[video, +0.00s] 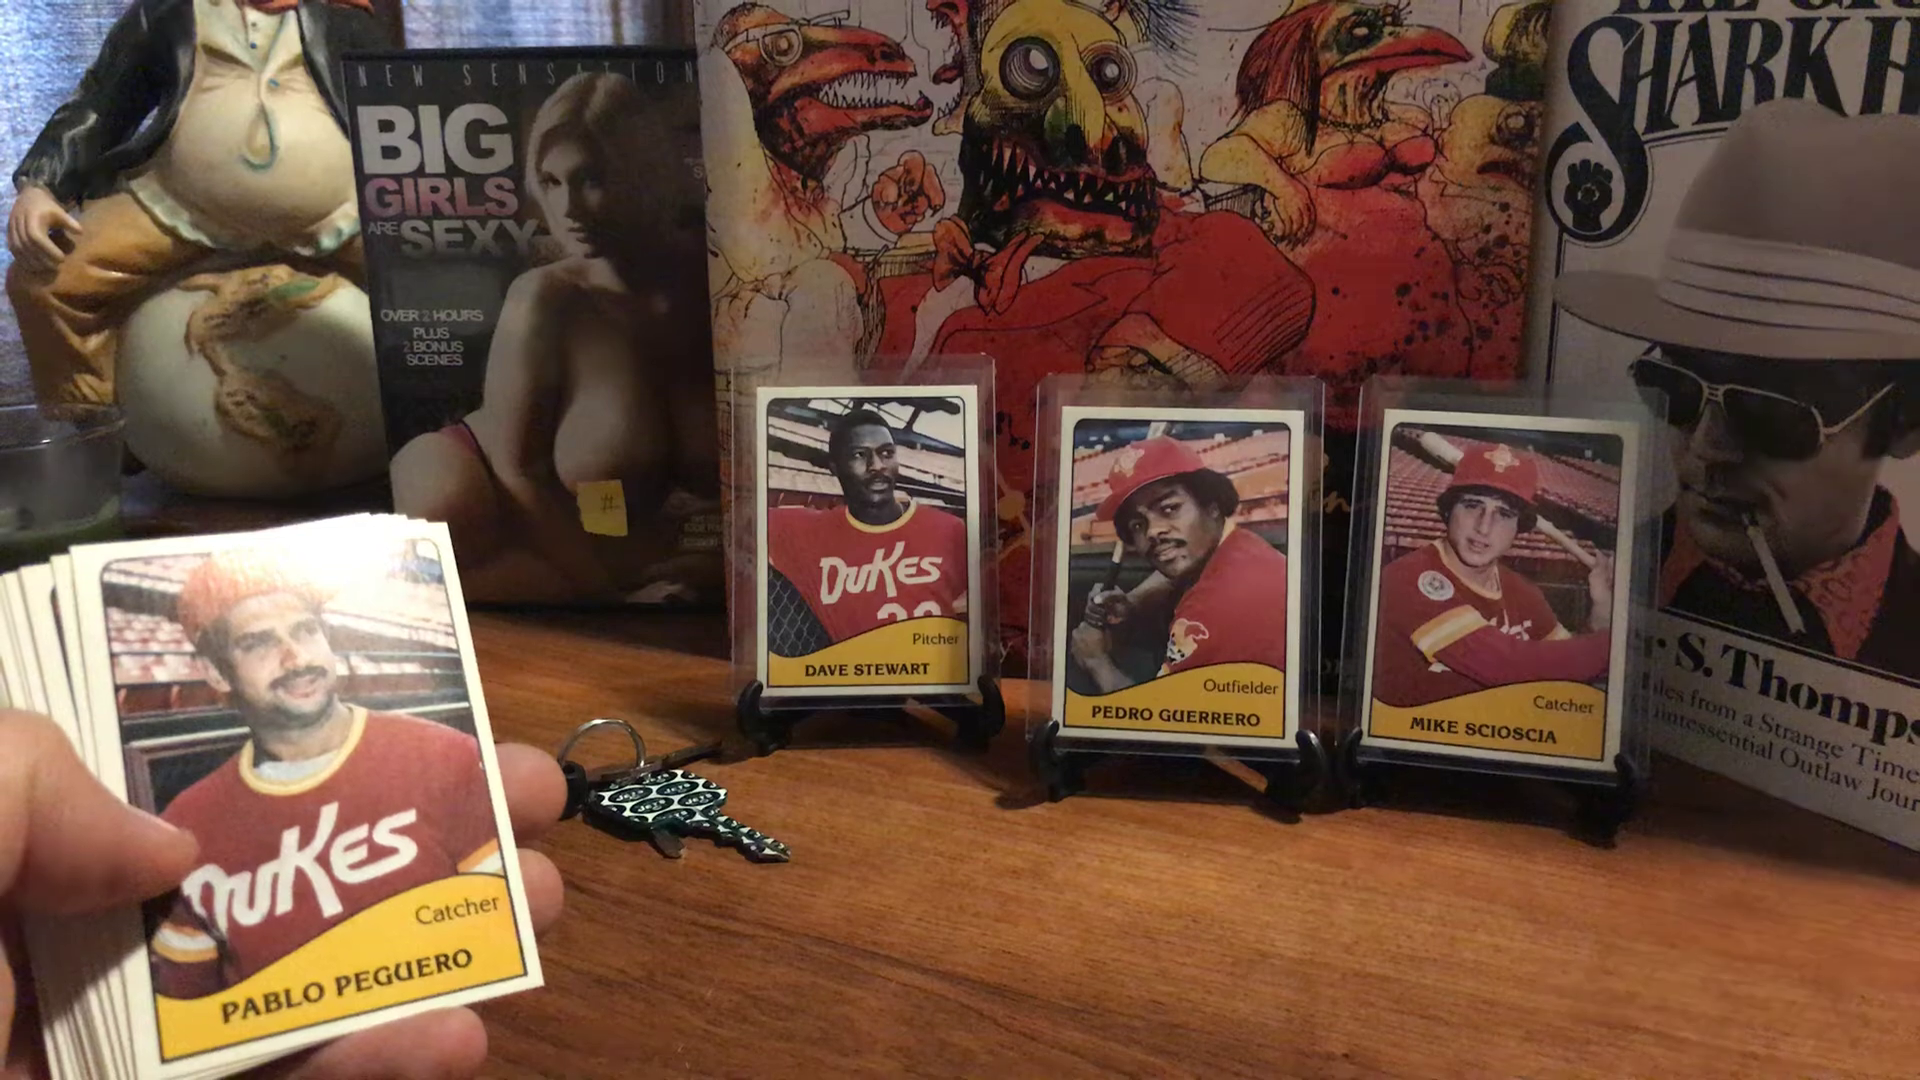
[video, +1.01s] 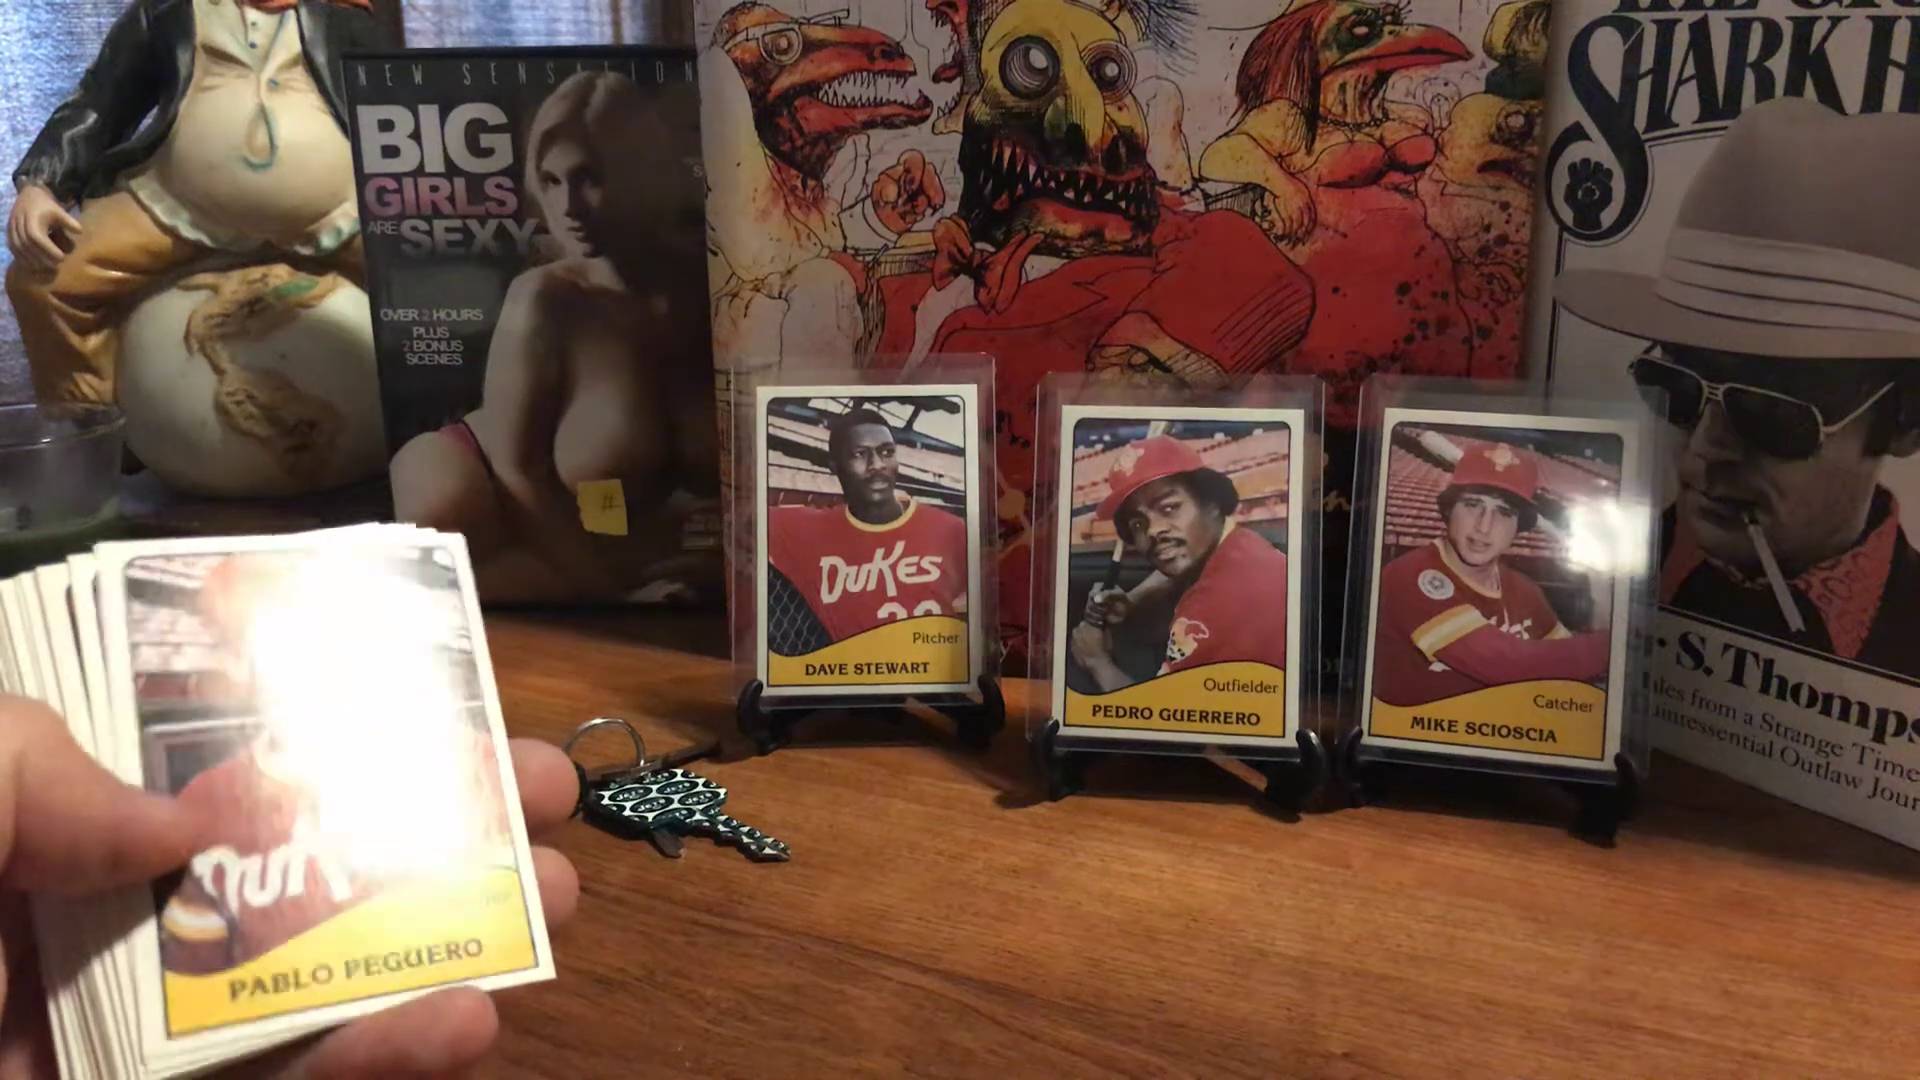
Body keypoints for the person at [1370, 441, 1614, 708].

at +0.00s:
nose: (1483, 526)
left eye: (1503, 514)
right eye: (1473, 505)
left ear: (1518, 529)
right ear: (1449, 510)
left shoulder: (1522, 593)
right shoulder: (1410, 579)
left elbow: (1573, 673)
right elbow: (1501, 665)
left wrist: (1602, 607)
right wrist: (1621, 642)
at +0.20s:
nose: (1484, 525)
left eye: (1504, 512)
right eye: (1473, 503)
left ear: (1518, 527)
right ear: (1449, 508)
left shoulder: (1522, 592)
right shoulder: (1411, 578)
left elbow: (1573, 671)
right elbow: (1503, 663)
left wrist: (1603, 606)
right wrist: (1621, 640)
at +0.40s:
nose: (1484, 526)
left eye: (1503, 513)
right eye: (1473, 505)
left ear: (1518, 528)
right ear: (1449, 509)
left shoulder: (1522, 592)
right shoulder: (1411, 578)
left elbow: (1574, 671)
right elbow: (1502, 664)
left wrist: (1603, 606)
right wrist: (1619, 642)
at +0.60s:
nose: (1484, 525)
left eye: (1504, 513)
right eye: (1473, 505)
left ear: (1518, 527)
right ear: (1448, 508)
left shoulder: (1521, 591)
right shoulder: (1411, 578)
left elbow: (1577, 668)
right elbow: (1503, 664)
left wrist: (1601, 592)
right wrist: (1620, 642)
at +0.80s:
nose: (1484, 525)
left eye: (1504, 513)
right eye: (1473, 504)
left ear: (1518, 527)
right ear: (1448, 508)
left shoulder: (1522, 590)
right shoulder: (1411, 578)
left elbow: (1568, 661)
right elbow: (1502, 664)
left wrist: (1630, 634)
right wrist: (1625, 642)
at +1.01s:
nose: (1484, 525)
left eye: (1503, 512)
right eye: (1473, 505)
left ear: (1518, 526)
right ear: (1448, 509)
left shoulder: (1523, 591)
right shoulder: (1411, 578)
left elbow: (1570, 662)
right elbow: (1503, 664)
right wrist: (1621, 641)